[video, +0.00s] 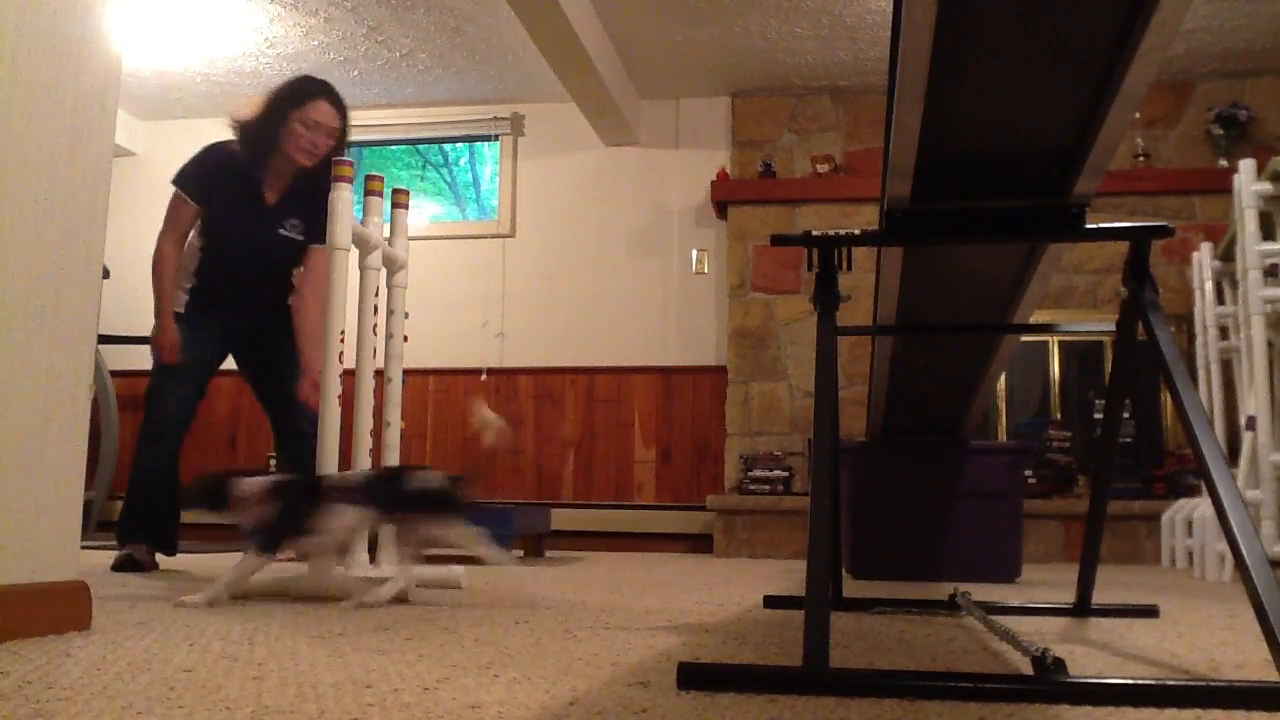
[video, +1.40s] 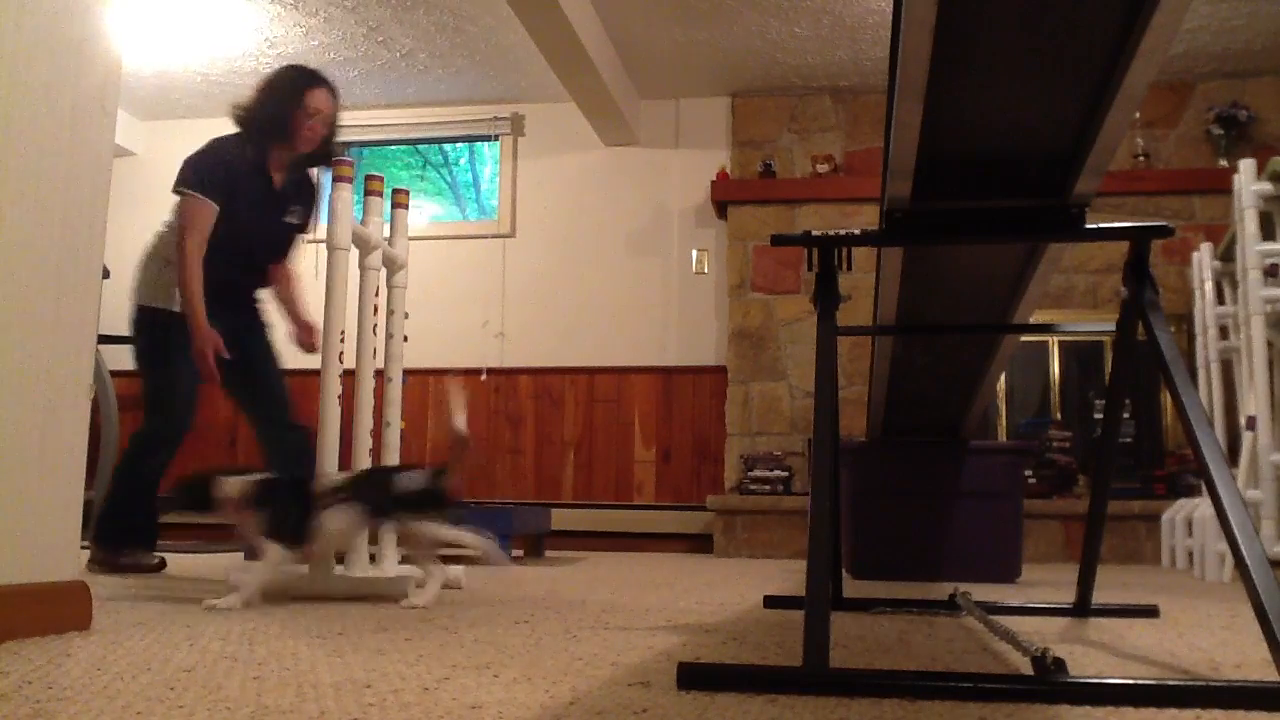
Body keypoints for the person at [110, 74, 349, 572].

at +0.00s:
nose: (316, 140)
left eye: (328, 134)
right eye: (308, 125)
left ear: (333, 144)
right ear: (280, 118)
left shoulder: (316, 193)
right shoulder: (221, 162)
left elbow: (312, 287)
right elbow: (170, 239)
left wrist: (311, 367)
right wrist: (164, 318)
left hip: (268, 319)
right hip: (205, 312)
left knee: (300, 422)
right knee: (165, 414)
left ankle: (297, 538)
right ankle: (140, 542)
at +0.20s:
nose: (370, 165)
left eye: (380, 156)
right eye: (360, 150)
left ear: (386, 159)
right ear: (329, 143)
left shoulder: (355, 206)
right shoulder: (271, 176)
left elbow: (364, 285)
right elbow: (210, 248)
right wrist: (191, 324)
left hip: (293, 323)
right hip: (230, 318)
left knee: (331, 422)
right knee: (181, 422)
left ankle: (344, 541)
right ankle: (139, 541)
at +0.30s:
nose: (392, 174)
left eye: (404, 168)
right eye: (385, 159)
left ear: (411, 174)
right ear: (355, 148)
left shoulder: (386, 216)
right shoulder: (295, 181)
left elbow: (397, 297)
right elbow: (233, 256)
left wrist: (414, 365)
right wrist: (212, 330)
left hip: (314, 329)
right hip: (250, 320)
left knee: (352, 425)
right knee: (195, 424)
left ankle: (346, 546)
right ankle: (139, 541)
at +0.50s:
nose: (433, 189)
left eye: (443, 180)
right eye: (425, 175)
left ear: (451, 180)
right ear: (395, 165)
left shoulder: (428, 232)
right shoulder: (324, 187)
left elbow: (453, 315)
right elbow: (270, 265)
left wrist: (489, 380)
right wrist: (265, 344)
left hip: (348, 319)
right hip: (285, 304)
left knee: (371, 425)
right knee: (232, 410)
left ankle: (349, 539)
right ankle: (161, 531)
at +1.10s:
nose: (399, 142)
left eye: (410, 133)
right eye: (390, 128)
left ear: (418, 139)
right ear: (364, 125)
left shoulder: (405, 200)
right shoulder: (305, 164)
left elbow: (415, 284)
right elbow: (257, 243)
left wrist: (429, 347)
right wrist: (245, 320)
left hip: (349, 313)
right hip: (283, 303)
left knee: (368, 421)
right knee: (234, 410)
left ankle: (357, 542)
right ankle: (157, 524)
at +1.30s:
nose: (345, 122)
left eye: (354, 114)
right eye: (336, 109)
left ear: (362, 122)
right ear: (309, 109)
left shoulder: (342, 182)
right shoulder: (246, 160)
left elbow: (352, 269)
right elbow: (204, 243)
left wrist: (353, 335)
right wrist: (203, 321)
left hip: (286, 313)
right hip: (223, 308)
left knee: (334, 427)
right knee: (196, 429)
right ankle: (123, 534)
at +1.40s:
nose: (317, 125)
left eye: (326, 118)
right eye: (308, 112)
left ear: (330, 127)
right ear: (281, 110)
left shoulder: (300, 189)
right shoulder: (221, 159)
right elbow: (189, 246)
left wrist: (298, 318)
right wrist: (198, 324)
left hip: (232, 304)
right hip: (170, 299)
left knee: (277, 416)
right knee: (169, 418)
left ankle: (289, 533)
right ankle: (116, 541)